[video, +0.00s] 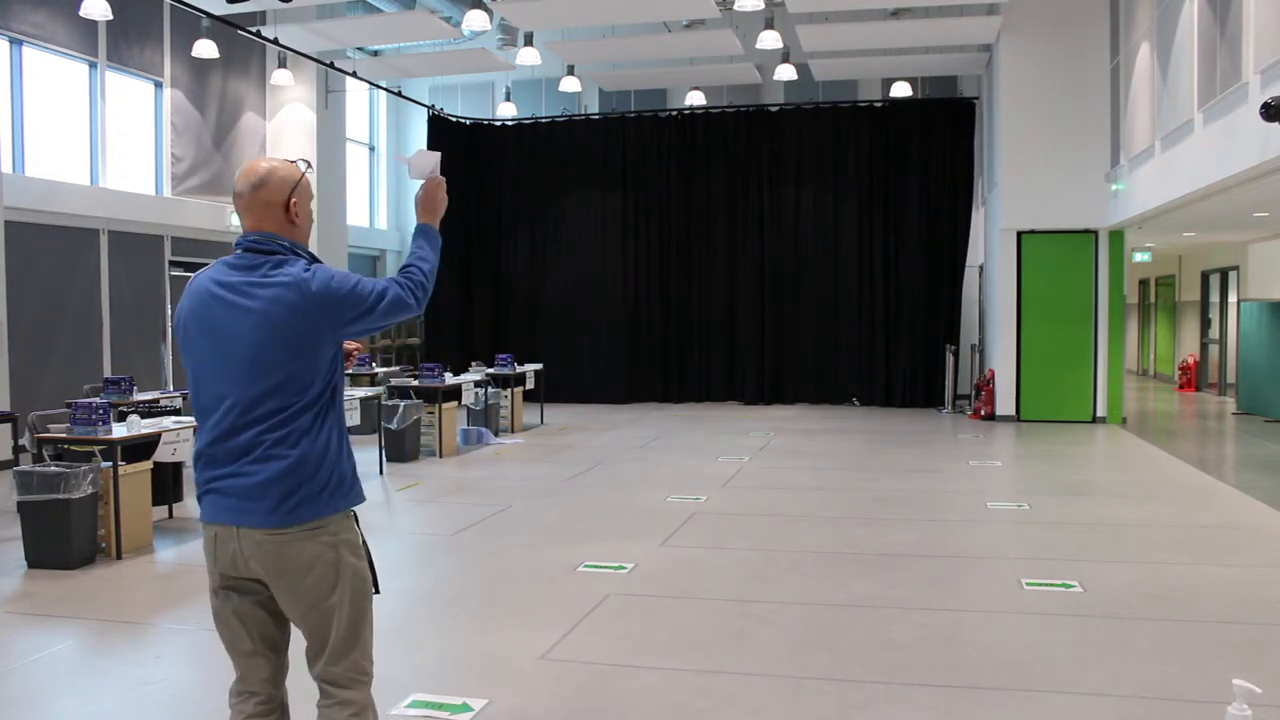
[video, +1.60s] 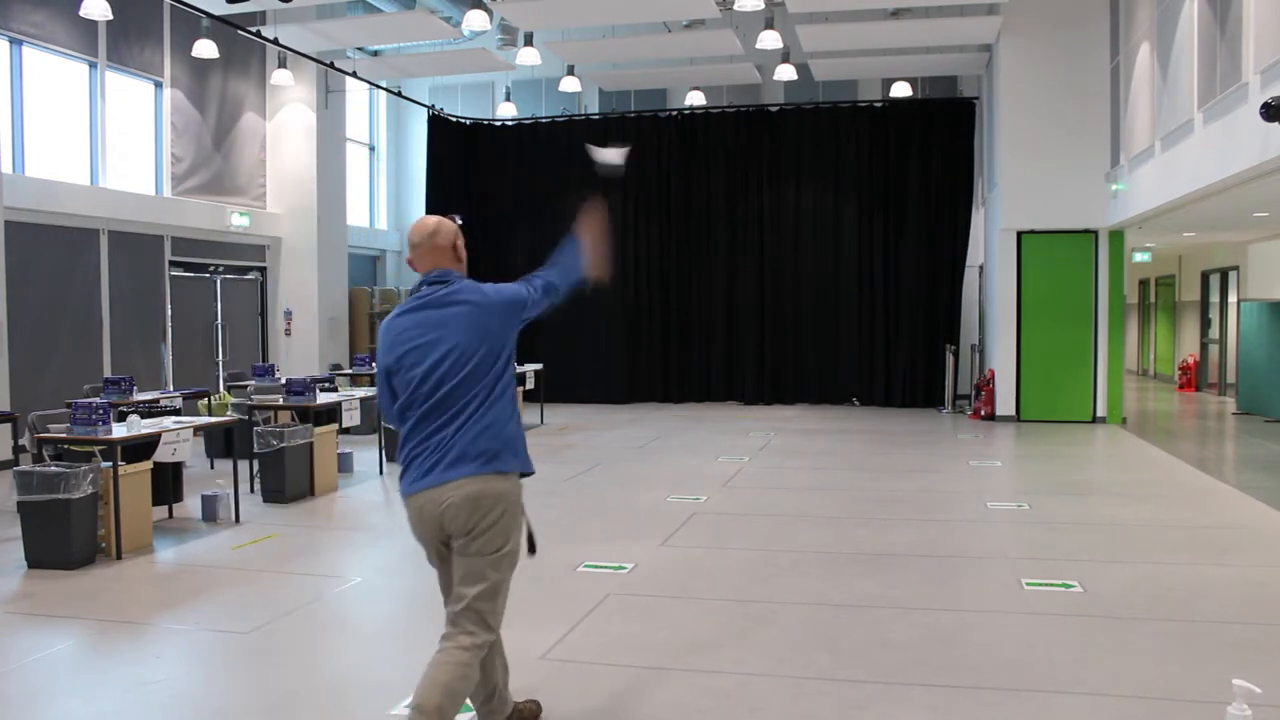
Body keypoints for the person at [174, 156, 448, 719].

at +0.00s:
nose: (311, 211)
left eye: (311, 200)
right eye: (309, 202)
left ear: (241, 213)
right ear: (293, 208)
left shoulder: (195, 294)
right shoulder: (313, 290)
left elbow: (234, 374)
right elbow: (409, 293)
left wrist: (322, 352)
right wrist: (428, 223)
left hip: (223, 529)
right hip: (307, 529)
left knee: (253, 691)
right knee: (344, 688)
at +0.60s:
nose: (344, 216)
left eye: (341, 204)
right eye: (341, 205)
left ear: (277, 216)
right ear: (326, 212)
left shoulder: (248, 293)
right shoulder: (333, 288)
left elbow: (315, 355)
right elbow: (439, 251)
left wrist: (383, 323)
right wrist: (433, 163)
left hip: (266, 525)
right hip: (336, 526)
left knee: (301, 678)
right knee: (358, 689)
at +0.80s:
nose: (365, 220)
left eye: (361, 209)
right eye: (360, 209)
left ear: (303, 222)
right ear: (346, 221)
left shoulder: (282, 295)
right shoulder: (335, 290)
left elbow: (358, 354)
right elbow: (439, 237)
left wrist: (418, 311)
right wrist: (415, 146)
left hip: (308, 521)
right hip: (353, 521)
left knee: (366, 660)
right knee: (379, 683)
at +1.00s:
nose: (386, 233)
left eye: (382, 222)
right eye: (382, 222)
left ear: (330, 234)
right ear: (367, 233)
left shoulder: (321, 301)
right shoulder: (340, 300)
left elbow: (387, 357)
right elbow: (436, 238)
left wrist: (449, 308)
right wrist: (393, 144)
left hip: (378, 510)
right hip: (373, 518)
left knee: (426, 645)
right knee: (395, 682)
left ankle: (432, 715)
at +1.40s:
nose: (443, 258)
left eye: (440, 249)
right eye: (439, 250)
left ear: (388, 263)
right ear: (430, 258)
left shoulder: (369, 333)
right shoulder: (436, 322)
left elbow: (422, 367)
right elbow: (505, 249)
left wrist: (471, 343)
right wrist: (437, 187)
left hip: (405, 518)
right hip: (453, 517)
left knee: (484, 612)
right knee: (455, 654)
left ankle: (499, 709)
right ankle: (409, 718)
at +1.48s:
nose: (453, 251)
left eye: (449, 243)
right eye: (450, 244)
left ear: (398, 262)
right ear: (444, 252)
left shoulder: (378, 336)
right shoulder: (470, 311)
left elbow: (389, 421)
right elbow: (541, 245)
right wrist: (492, 191)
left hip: (410, 512)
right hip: (469, 505)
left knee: (481, 619)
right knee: (459, 646)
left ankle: (501, 711)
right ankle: (414, 719)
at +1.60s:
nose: (464, 246)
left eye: (459, 240)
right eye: (461, 240)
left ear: (412, 262)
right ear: (459, 250)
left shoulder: (391, 328)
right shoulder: (491, 302)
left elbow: (392, 411)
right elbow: (552, 281)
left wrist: (448, 411)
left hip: (421, 494)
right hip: (484, 486)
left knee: (471, 613)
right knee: (471, 625)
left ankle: (498, 711)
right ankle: (423, 713)